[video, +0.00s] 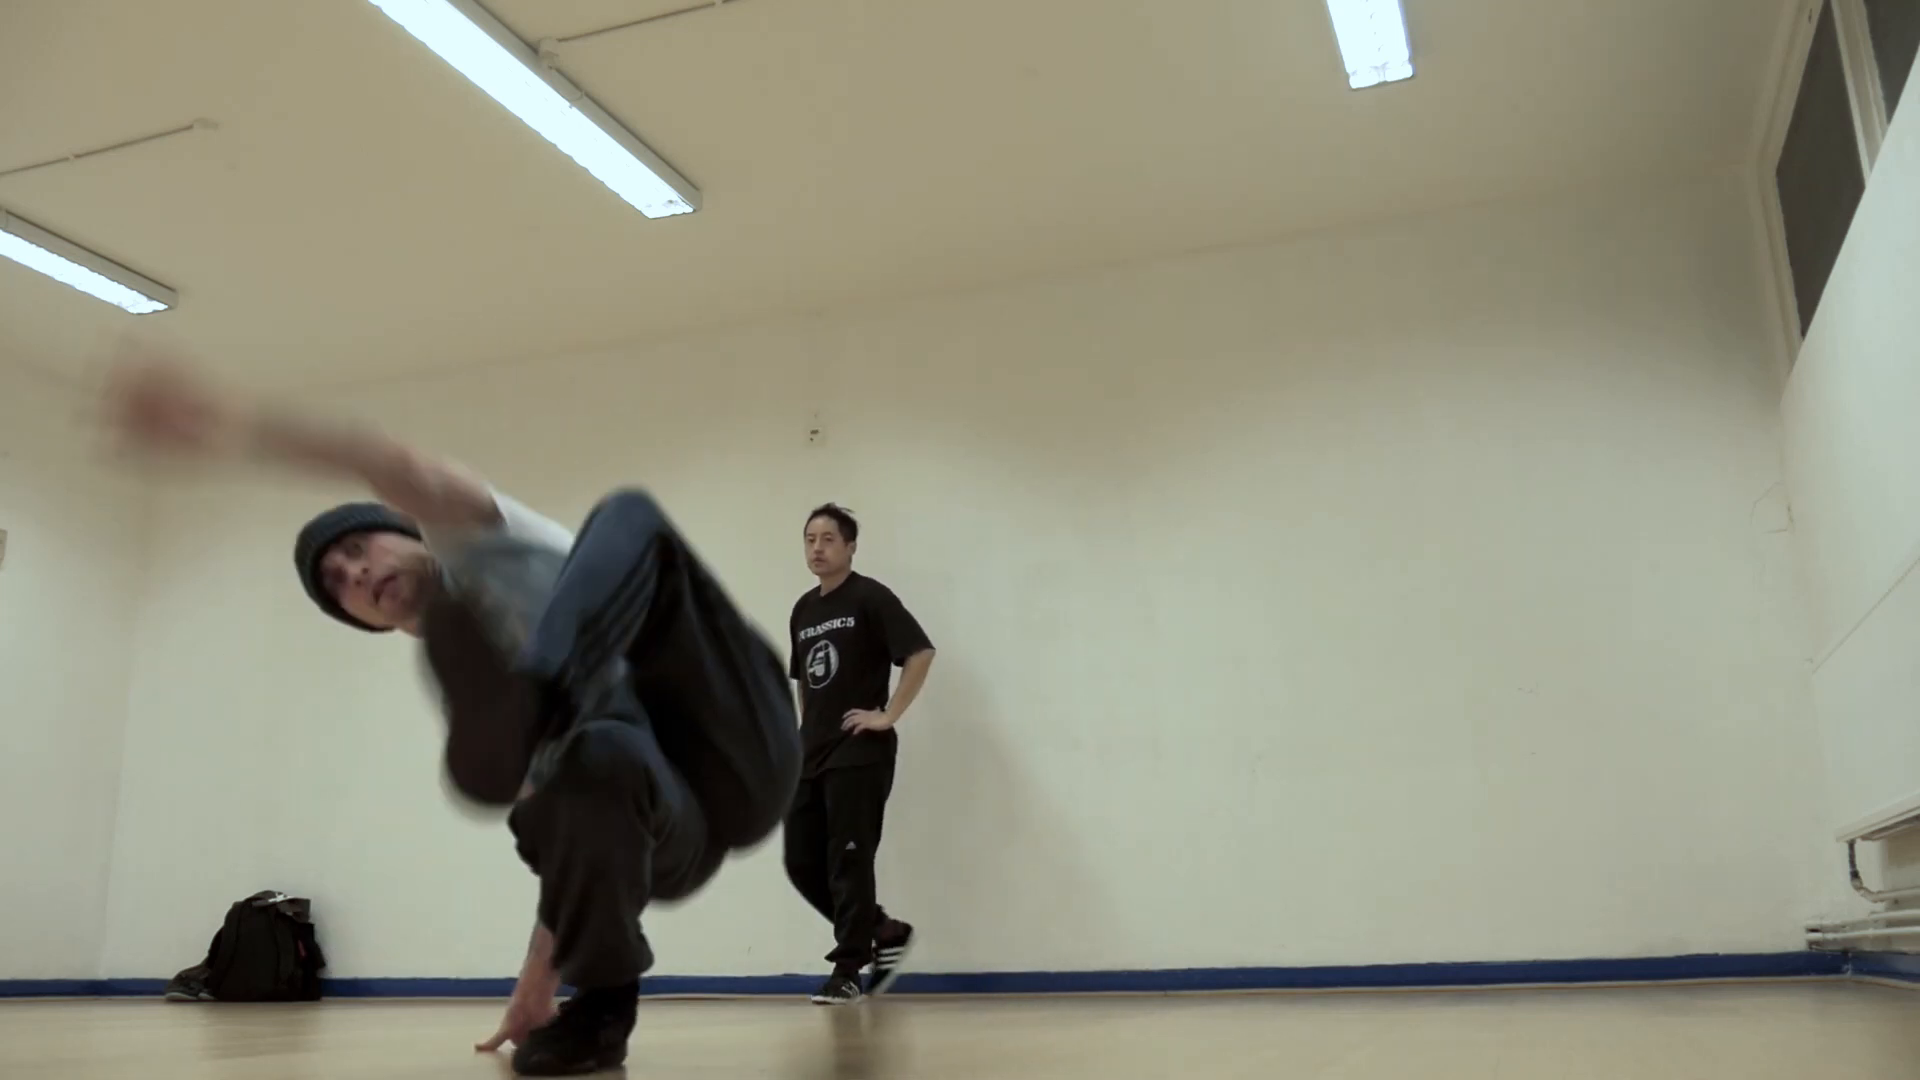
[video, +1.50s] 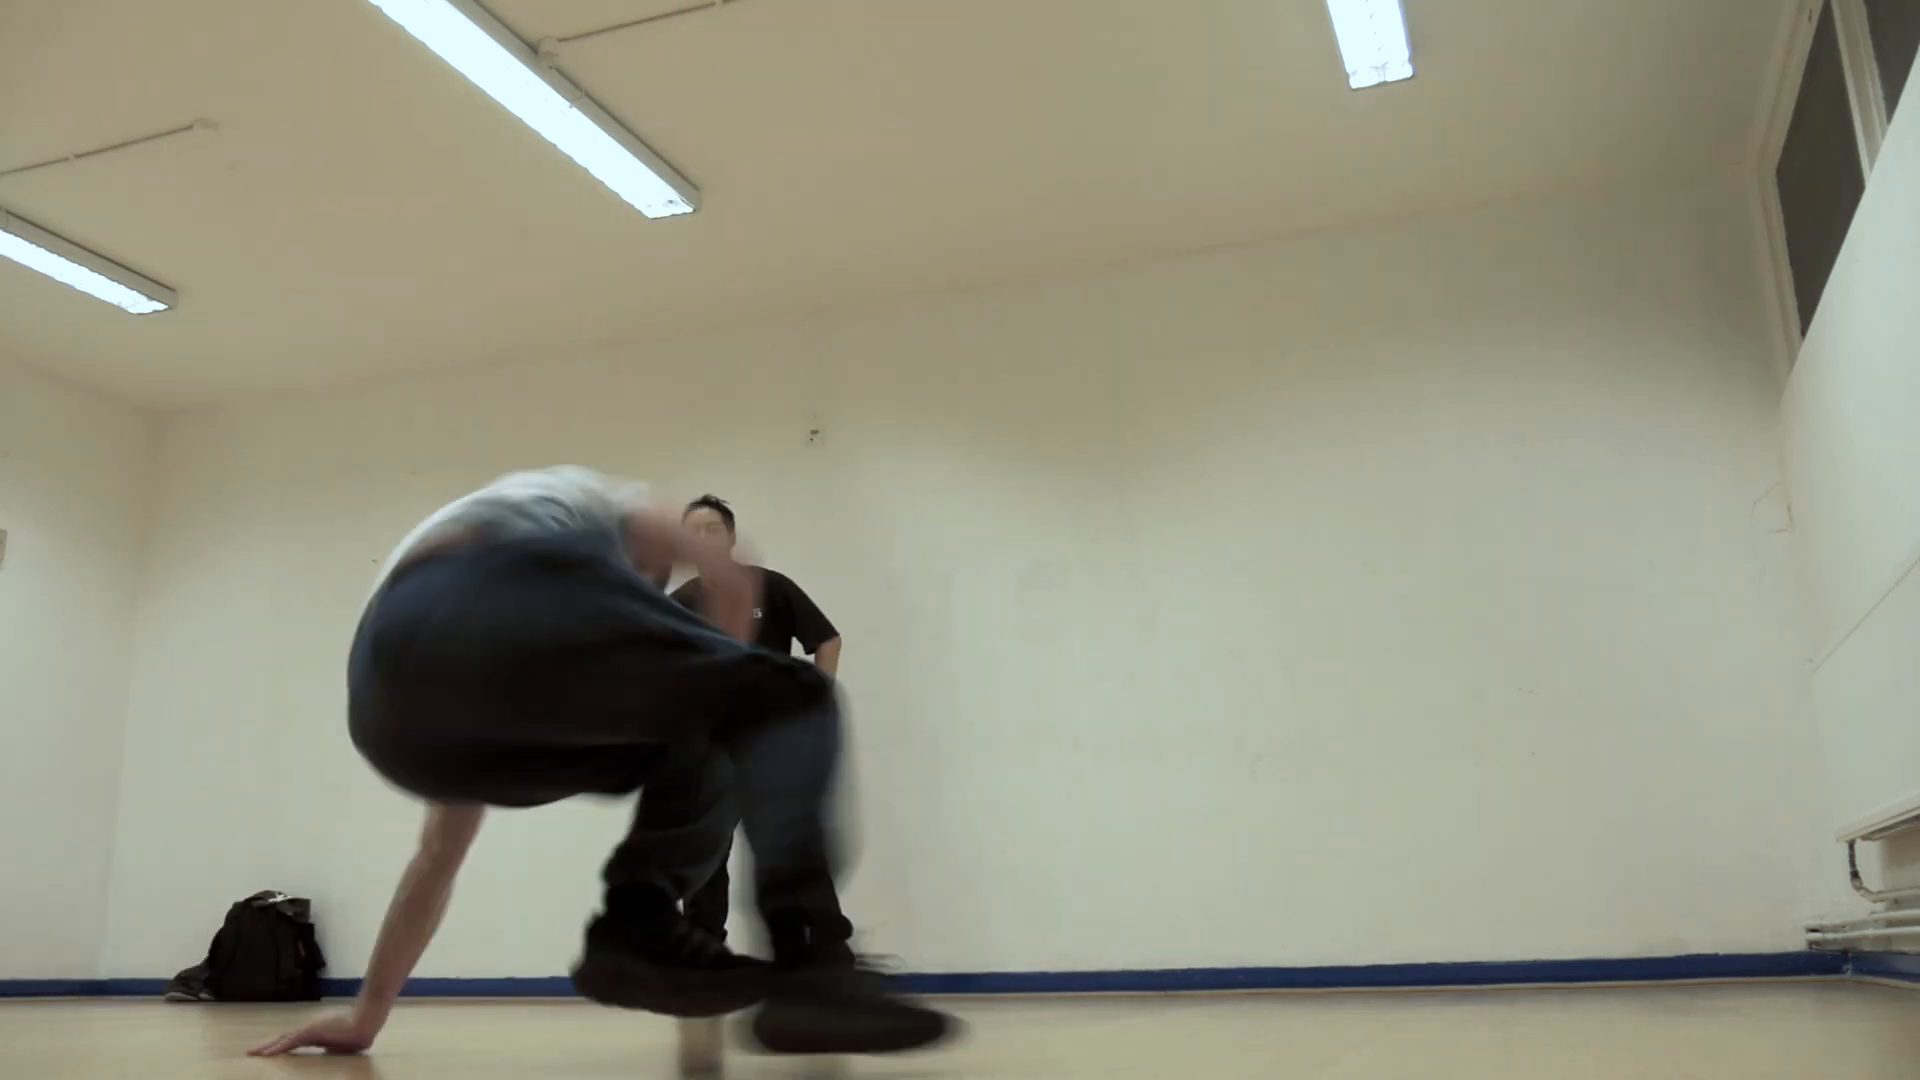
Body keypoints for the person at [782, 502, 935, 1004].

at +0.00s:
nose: (817, 547)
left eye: (828, 539)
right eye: (810, 539)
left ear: (850, 546)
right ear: (804, 547)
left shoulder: (871, 598)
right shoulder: (803, 610)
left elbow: (921, 653)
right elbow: (803, 682)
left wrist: (890, 715)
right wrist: (807, 731)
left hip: (860, 746)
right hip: (814, 750)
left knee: (849, 856)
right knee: (802, 863)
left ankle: (849, 970)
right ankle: (887, 934)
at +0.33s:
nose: (768, 544)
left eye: (779, 535)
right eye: (761, 536)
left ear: (801, 542)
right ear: (754, 546)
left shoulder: (824, 589)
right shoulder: (758, 607)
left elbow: (879, 644)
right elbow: (774, 673)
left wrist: (855, 711)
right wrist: (774, 723)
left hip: (825, 748)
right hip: (772, 751)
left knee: (834, 857)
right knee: (745, 853)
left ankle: (845, 972)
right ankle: (717, 965)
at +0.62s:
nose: (702, 557)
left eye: (709, 547)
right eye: (697, 551)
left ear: (725, 543)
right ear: (690, 555)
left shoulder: (764, 584)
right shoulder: (687, 599)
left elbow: (827, 636)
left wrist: (808, 707)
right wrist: (676, 718)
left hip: (769, 752)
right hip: (712, 755)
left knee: (792, 857)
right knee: (708, 864)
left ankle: (835, 962)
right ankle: (706, 972)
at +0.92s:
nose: (673, 537)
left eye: (683, 528)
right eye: (664, 530)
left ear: (703, 535)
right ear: (656, 541)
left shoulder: (741, 582)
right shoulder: (655, 607)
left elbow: (802, 632)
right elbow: (653, 679)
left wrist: (789, 702)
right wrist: (655, 734)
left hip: (749, 738)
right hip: (688, 745)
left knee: (745, 847)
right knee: (693, 847)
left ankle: (755, 948)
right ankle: (705, 969)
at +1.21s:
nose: (672, 537)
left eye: (682, 527)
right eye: (663, 530)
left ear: (702, 535)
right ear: (654, 541)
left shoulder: (742, 585)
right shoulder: (650, 609)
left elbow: (801, 634)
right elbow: (647, 671)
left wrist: (789, 704)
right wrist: (662, 716)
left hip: (747, 744)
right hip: (688, 750)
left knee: (752, 853)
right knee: (691, 855)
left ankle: (756, 949)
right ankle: (700, 957)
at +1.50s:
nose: (703, 539)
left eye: (712, 528)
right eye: (694, 530)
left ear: (731, 536)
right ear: (683, 540)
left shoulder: (770, 588)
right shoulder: (678, 604)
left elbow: (826, 640)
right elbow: (657, 666)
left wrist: (813, 708)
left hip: (770, 735)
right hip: (704, 742)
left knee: (783, 843)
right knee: (703, 847)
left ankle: (800, 942)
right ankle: (701, 944)